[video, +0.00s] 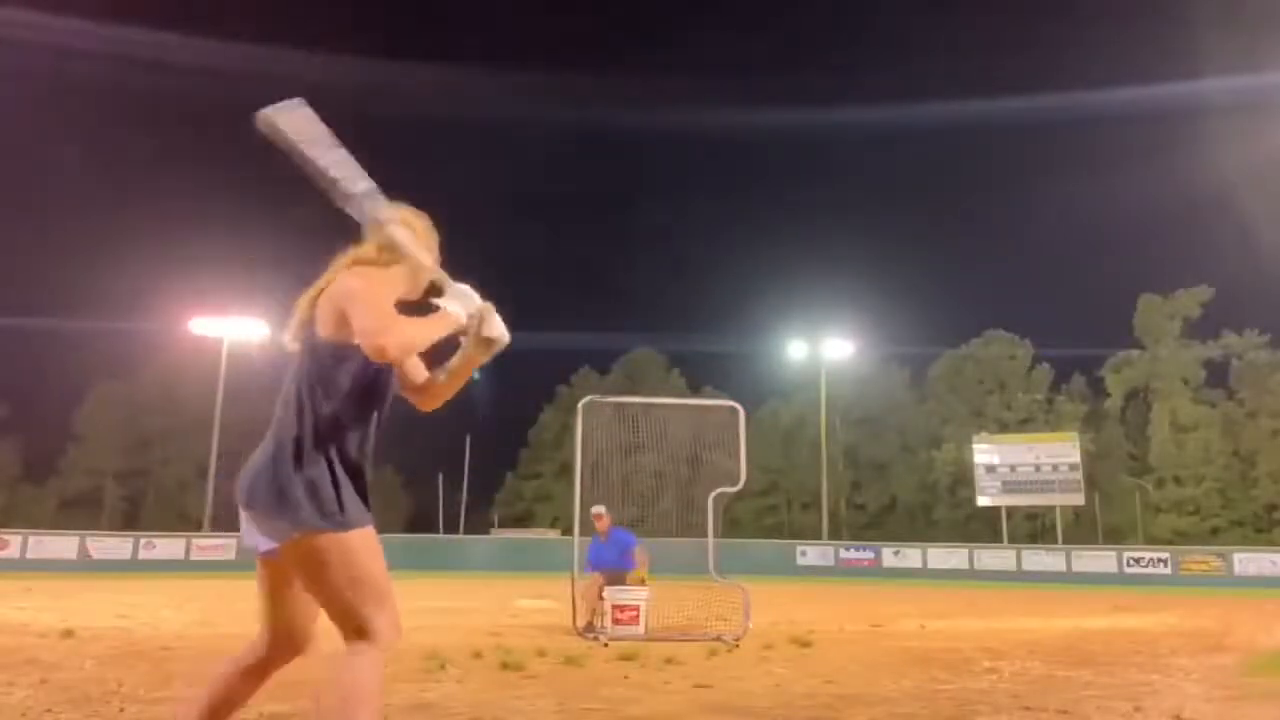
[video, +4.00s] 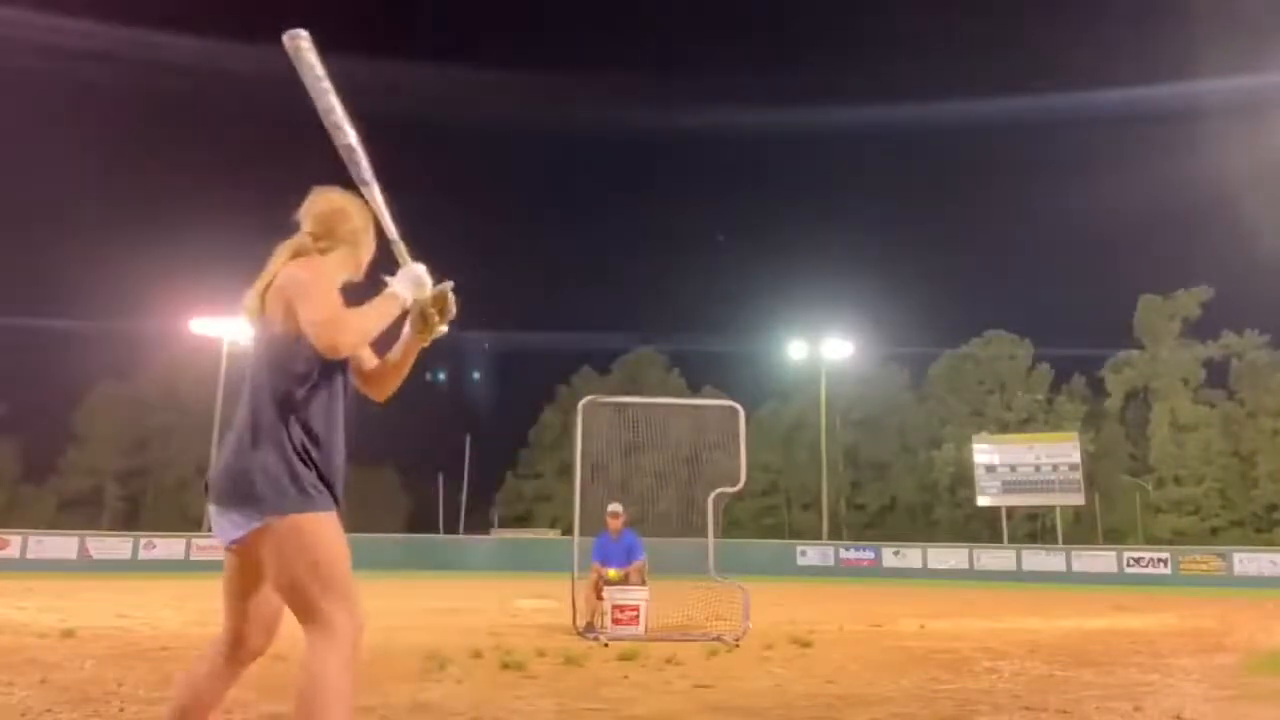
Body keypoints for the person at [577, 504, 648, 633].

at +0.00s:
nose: (599, 523)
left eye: (601, 519)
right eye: (595, 520)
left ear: (609, 518)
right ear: (593, 522)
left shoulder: (623, 537)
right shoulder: (595, 542)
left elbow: (640, 556)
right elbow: (591, 564)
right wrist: (597, 575)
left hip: (622, 573)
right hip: (603, 575)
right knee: (591, 587)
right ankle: (589, 622)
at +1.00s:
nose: (614, 522)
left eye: (617, 517)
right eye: (611, 518)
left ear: (623, 519)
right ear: (606, 520)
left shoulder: (633, 536)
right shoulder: (599, 539)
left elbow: (643, 554)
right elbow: (595, 563)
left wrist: (638, 559)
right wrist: (604, 563)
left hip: (627, 572)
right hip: (608, 572)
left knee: (632, 578)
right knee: (595, 580)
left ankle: (630, 619)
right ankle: (590, 621)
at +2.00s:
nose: (619, 520)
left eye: (622, 516)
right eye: (616, 517)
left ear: (628, 519)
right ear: (610, 519)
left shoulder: (634, 539)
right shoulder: (603, 539)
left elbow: (640, 560)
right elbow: (595, 563)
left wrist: (629, 570)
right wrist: (608, 571)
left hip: (629, 571)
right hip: (609, 571)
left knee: (639, 575)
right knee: (595, 577)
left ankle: (638, 620)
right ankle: (589, 621)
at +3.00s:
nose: (615, 520)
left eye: (619, 516)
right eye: (612, 516)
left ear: (625, 518)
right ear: (608, 518)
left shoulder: (632, 537)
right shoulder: (601, 538)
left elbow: (640, 560)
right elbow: (595, 562)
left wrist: (625, 571)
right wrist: (605, 572)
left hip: (626, 571)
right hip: (607, 572)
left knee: (636, 573)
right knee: (593, 579)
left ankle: (635, 618)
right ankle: (589, 621)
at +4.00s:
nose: (614, 521)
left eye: (617, 517)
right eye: (611, 517)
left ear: (623, 518)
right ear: (606, 519)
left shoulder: (631, 537)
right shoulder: (601, 539)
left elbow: (640, 560)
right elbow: (595, 562)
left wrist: (624, 571)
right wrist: (603, 572)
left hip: (625, 571)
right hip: (607, 571)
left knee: (635, 574)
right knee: (593, 579)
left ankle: (635, 619)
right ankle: (589, 621)